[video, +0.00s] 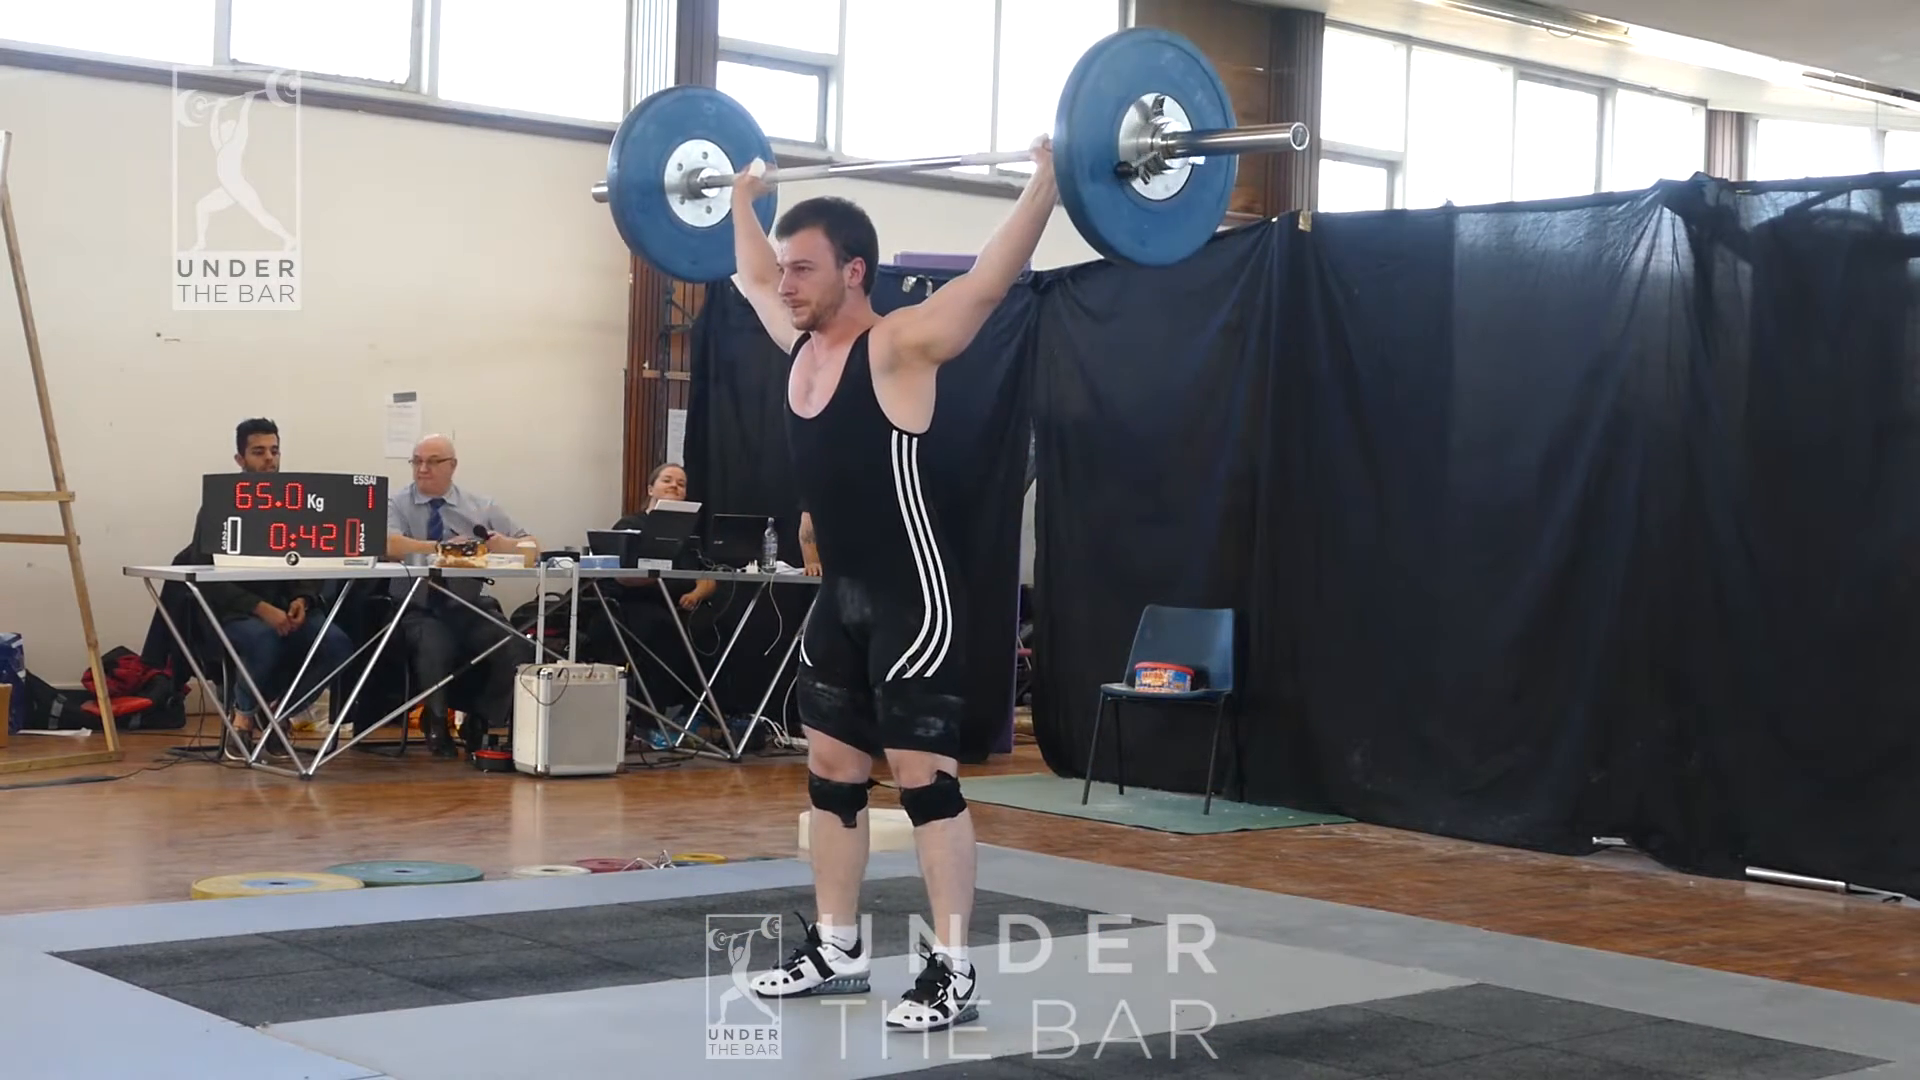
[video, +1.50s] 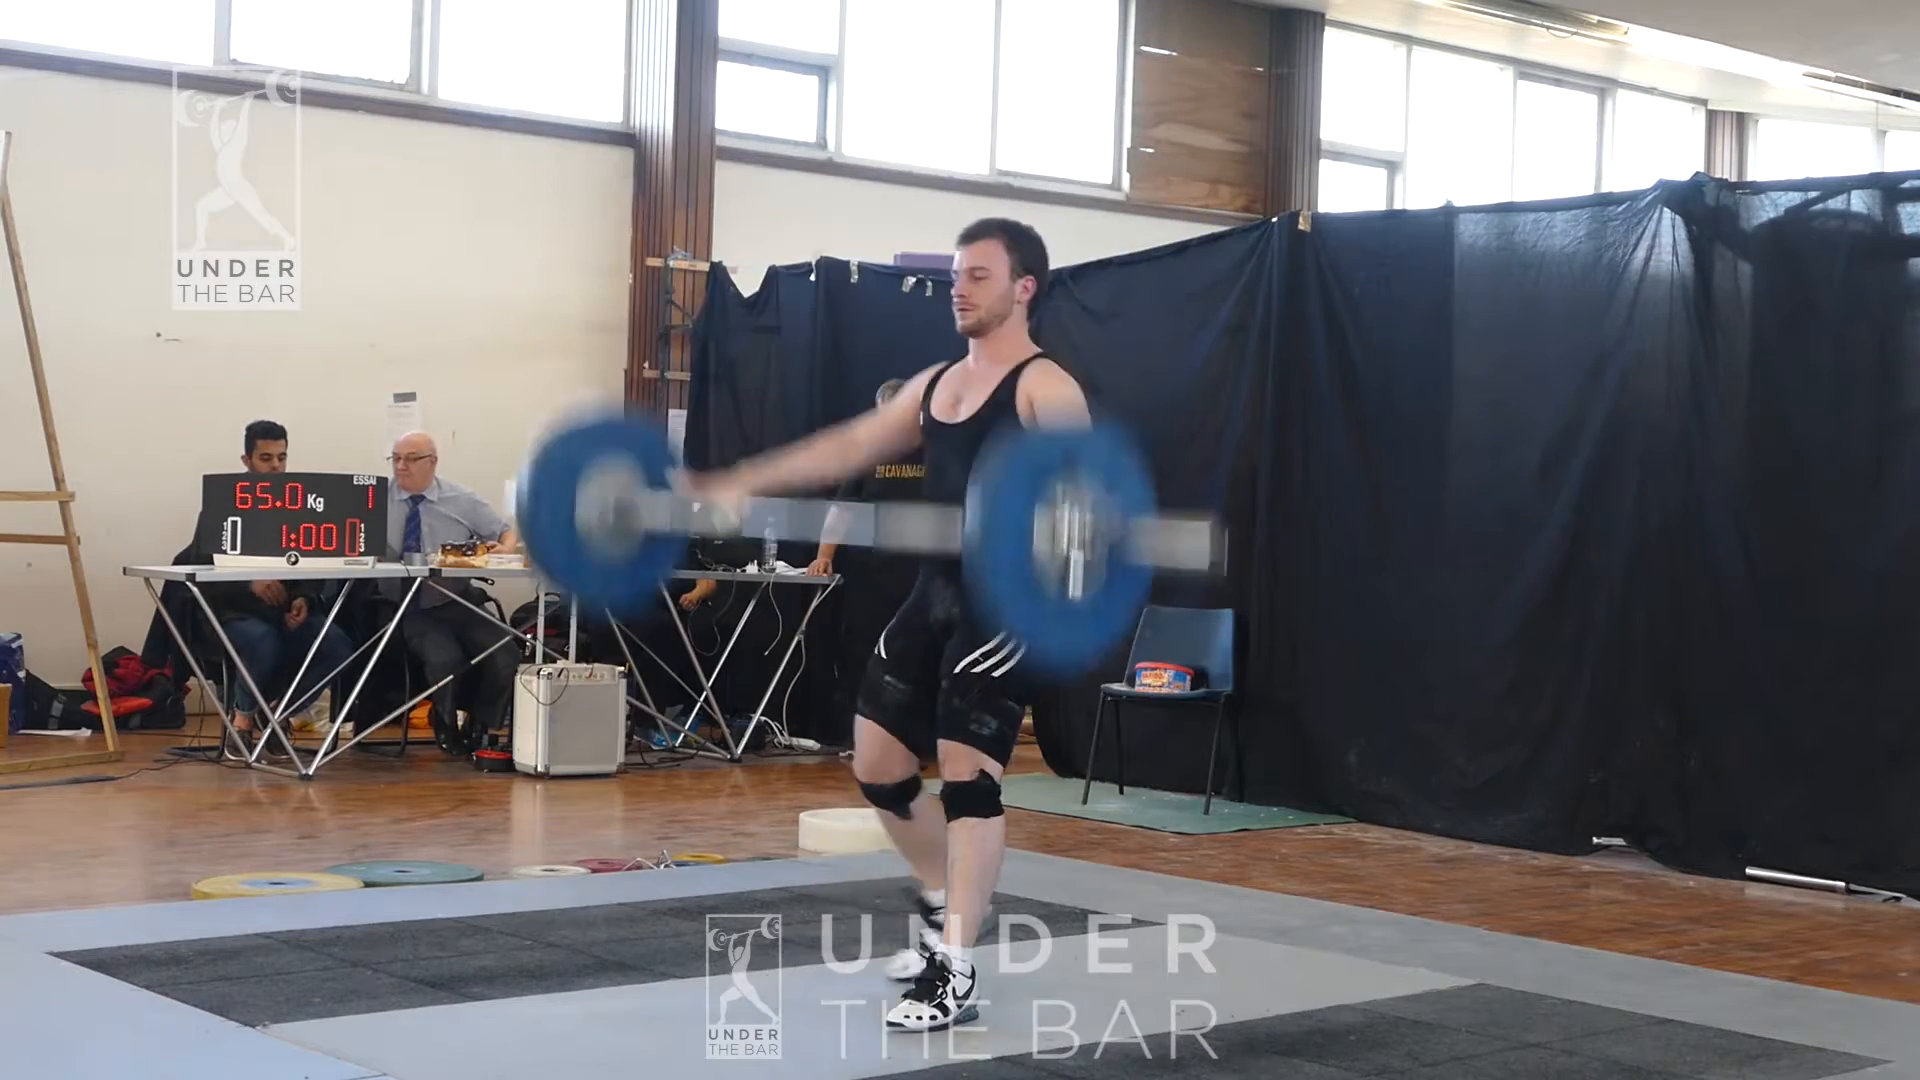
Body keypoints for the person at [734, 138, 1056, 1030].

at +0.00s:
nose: (788, 284)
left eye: (803, 268)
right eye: (784, 272)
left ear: (854, 270)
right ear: (788, 275)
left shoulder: (903, 341)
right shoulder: (805, 347)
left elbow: (985, 280)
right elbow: (756, 279)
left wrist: (1041, 188)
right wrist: (744, 199)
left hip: (916, 597)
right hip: (840, 597)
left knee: (921, 772)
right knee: (833, 766)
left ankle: (949, 968)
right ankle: (838, 951)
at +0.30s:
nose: (790, 284)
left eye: (804, 269)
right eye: (786, 270)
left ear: (855, 271)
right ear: (791, 273)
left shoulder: (904, 343)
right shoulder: (805, 347)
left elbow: (988, 283)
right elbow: (754, 278)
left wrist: (1042, 190)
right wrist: (739, 195)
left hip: (918, 597)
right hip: (840, 597)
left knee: (922, 773)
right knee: (835, 768)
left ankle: (950, 969)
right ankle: (839, 952)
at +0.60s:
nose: (796, 284)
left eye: (811, 268)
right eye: (791, 270)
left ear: (862, 271)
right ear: (792, 274)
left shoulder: (908, 345)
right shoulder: (808, 348)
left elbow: (990, 284)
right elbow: (756, 275)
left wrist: (1043, 190)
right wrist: (736, 193)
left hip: (919, 596)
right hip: (840, 597)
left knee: (924, 773)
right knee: (836, 768)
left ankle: (950, 970)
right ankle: (838, 952)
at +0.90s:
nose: (797, 285)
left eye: (812, 270)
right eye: (792, 272)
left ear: (866, 272)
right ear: (796, 279)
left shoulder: (910, 346)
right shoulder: (809, 350)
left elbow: (989, 289)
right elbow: (757, 282)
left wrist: (1035, 194)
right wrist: (729, 199)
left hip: (920, 596)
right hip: (843, 595)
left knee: (924, 773)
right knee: (836, 768)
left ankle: (951, 972)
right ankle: (837, 952)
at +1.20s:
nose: (869, 278)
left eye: (887, 264)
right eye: (866, 266)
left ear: (936, 272)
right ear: (865, 276)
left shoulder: (961, 345)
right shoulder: (860, 340)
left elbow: (1004, 285)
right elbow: (777, 283)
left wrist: (1015, 189)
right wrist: (712, 200)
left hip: (957, 599)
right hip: (874, 594)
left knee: (936, 770)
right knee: (851, 763)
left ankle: (951, 970)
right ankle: (835, 950)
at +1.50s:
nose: (959, 289)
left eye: (977, 276)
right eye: (957, 276)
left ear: (1024, 289)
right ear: (959, 287)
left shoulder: (1046, 386)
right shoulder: (934, 385)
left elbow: (1088, 498)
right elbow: (846, 448)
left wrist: (1060, 557)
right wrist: (734, 482)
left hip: (1008, 601)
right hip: (937, 593)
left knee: (966, 768)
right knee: (880, 763)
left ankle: (955, 972)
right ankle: (947, 906)